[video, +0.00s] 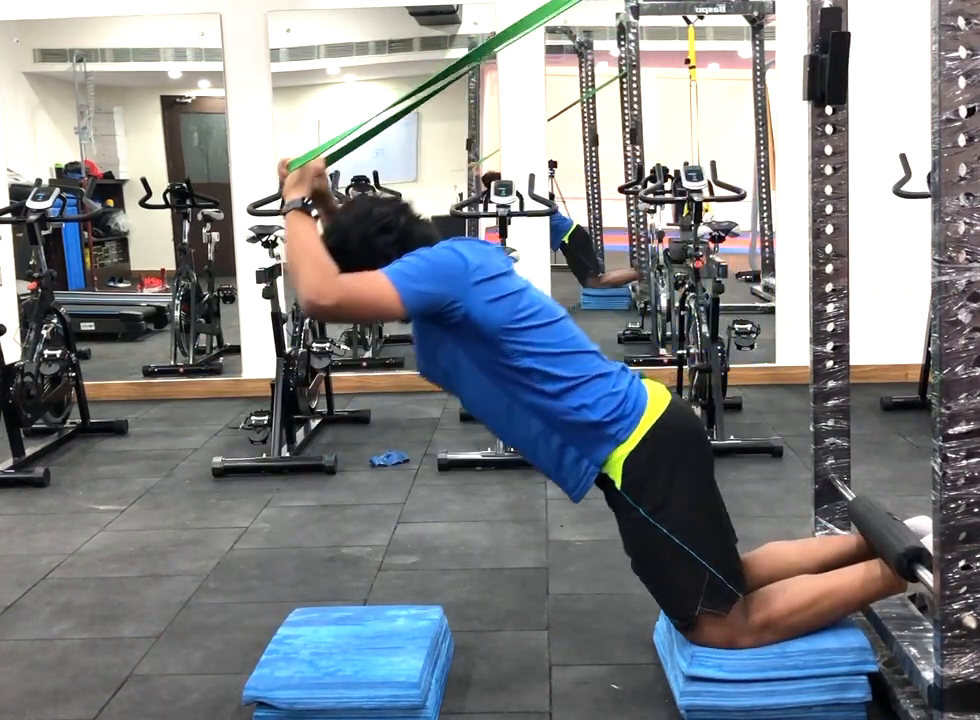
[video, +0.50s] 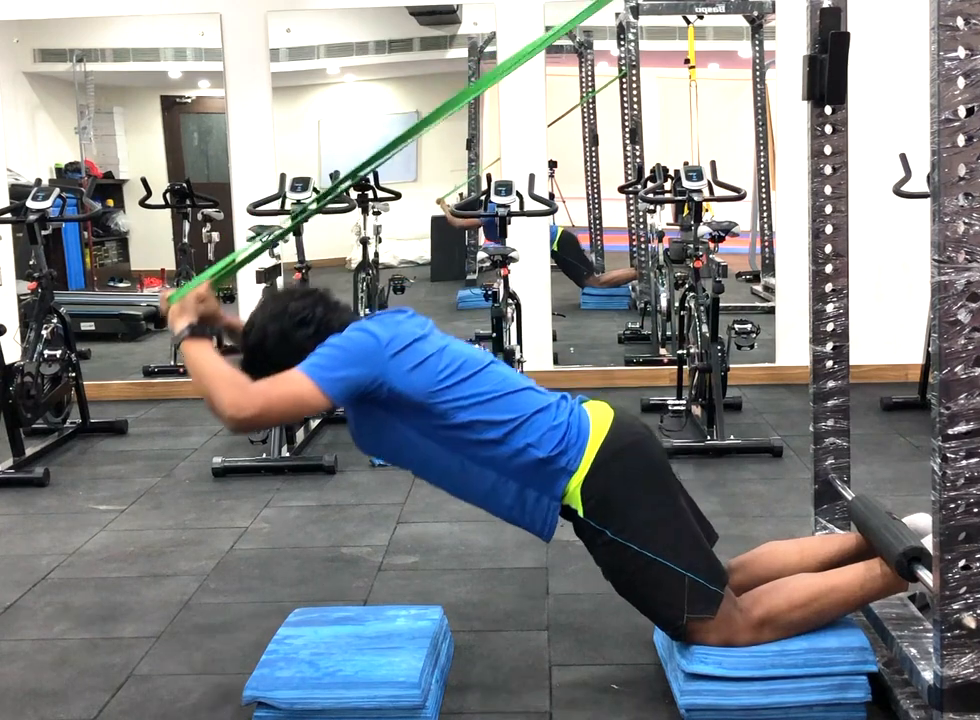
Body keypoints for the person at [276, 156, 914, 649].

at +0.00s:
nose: (359, 291)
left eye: (357, 277)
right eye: (352, 279)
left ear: (383, 263)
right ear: (399, 232)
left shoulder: (449, 268)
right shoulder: (455, 267)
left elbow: (323, 295)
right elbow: (338, 291)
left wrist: (295, 210)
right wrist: (307, 218)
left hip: (640, 450)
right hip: (639, 436)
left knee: (723, 626)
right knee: (718, 584)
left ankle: (903, 570)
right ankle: (865, 540)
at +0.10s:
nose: (339, 306)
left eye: (338, 291)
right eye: (333, 293)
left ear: (365, 277)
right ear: (384, 251)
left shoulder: (431, 283)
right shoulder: (442, 277)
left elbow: (303, 310)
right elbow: (319, 307)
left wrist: (275, 231)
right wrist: (289, 231)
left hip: (631, 453)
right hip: (632, 436)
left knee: (722, 628)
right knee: (714, 587)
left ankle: (899, 571)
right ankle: (860, 541)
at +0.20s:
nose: (329, 316)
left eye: (327, 303)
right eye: (323, 304)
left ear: (348, 287)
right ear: (368, 266)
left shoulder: (413, 296)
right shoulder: (428, 288)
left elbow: (285, 333)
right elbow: (300, 333)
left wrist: (254, 247)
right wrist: (270, 247)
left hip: (622, 459)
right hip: (622, 443)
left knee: (721, 631)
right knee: (710, 588)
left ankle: (903, 570)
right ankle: (860, 538)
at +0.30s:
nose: (311, 332)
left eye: (310, 316)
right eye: (305, 317)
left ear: (336, 300)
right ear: (355, 286)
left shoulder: (399, 309)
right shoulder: (412, 303)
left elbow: (266, 348)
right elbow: (287, 343)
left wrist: (232, 265)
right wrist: (254, 268)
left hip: (614, 464)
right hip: (613, 451)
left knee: (720, 629)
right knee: (708, 589)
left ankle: (904, 571)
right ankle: (865, 537)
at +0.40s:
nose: (298, 367)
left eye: (295, 353)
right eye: (290, 354)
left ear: (311, 325)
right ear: (329, 301)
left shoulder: (382, 323)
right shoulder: (395, 313)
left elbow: (255, 374)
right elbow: (269, 369)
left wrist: (212, 296)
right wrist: (226, 301)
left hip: (604, 466)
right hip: (603, 452)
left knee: (723, 625)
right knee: (711, 588)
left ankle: (905, 569)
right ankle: (863, 540)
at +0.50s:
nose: (296, 391)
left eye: (291, 375)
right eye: (289, 377)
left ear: (306, 348)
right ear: (323, 320)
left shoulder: (366, 342)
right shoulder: (382, 332)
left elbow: (243, 405)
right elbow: (262, 391)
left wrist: (189, 338)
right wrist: (205, 332)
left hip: (597, 472)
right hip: (599, 449)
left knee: (722, 631)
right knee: (716, 585)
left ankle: (905, 570)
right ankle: (865, 538)